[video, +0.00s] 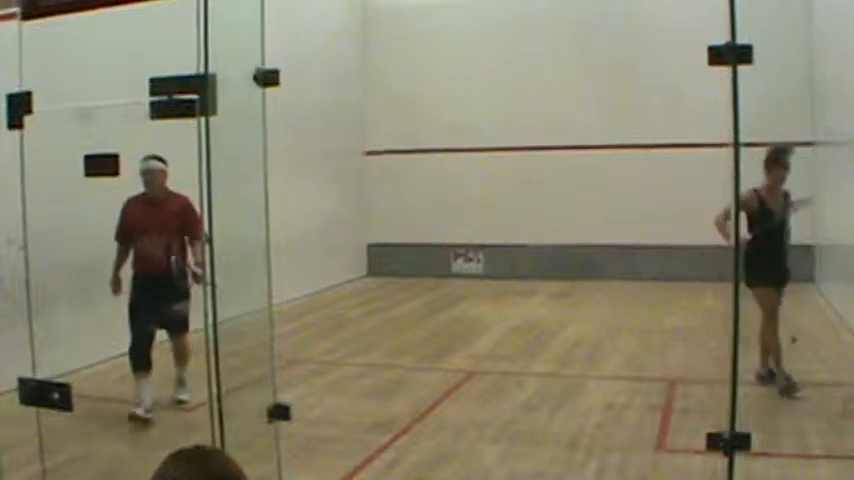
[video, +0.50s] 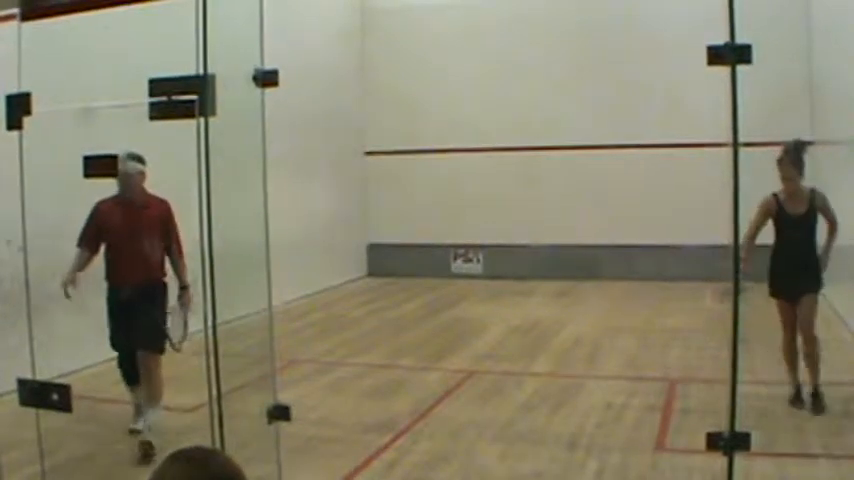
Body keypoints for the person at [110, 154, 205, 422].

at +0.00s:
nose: (151, 180)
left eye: (156, 174)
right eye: (146, 175)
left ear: (166, 175)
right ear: (141, 178)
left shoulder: (181, 205)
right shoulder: (132, 207)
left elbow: (197, 237)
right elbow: (124, 243)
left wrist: (199, 264)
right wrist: (116, 272)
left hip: (174, 279)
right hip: (144, 280)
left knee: (179, 335)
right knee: (140, 341)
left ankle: (182, 382)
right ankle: (144, 402)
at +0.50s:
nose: (130, 182)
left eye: (135, 176)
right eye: (125, 177)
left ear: (144, 177)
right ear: (118, 178)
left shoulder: (160, 209)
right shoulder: (105, 210)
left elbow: (174, 251)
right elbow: (89, 246)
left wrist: (184, 287)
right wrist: (74, 270)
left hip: (152, 290)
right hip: (119, 291)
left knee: (149, 353)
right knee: (126, 355)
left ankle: (153, 413)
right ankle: (139, 409)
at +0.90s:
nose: (126, 179)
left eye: (133, 173)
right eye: (122, 172)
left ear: (145, 174)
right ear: (115, 174)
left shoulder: (160, 210)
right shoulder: (100, 210)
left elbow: (177, 256)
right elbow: (90, 258)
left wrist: (182, 295)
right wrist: (84, 296)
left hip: (148, 301)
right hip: (110, 302)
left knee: (146, 373)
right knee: (107, 376)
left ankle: (146, 441)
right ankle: (115, 447)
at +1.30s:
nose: (119, 183)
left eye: (126, 177)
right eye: (114, 176)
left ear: (137, 178)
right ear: (103, 178)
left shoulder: (152, 216)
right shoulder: (86, 221)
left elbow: (168, 266)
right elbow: (58, 269)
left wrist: (174, 300)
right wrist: (32, 306)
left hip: (143, 318)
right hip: (102, 320)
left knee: (149, 396)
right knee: (107, 399)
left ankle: (147, 459)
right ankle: (116, 472)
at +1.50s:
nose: (128, 181)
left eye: (136, 175)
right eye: (122, 174)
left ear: (147, 178)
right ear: (110, 174)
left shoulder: (159, 219)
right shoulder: (88, 219)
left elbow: (175, 272)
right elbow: (39, 258)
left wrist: (187, 300)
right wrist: (5, 266)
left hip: (149, 328)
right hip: (105, 330)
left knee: (156, 413)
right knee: (108, 415)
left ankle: (162, 475)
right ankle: (116, 473)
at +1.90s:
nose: (169, 195)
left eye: (174, 188)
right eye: (162, 185)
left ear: (180, 187)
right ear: (143, 179)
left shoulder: (183, 225)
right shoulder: (107, 221)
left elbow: (194, 284)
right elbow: (66, 263)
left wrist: (212, 317)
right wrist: (28, 258)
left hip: (173, 338)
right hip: (126, 342)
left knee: (178, 435)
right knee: (136, 445)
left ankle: (177, 479)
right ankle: (121, 476)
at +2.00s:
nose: (173, 196)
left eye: (179, 189)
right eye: (167, 186)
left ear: (183, 188)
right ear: (146, 177)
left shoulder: (180, 222)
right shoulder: (109, 222)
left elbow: (193, 283)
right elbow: (79, 280)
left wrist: (213, 314)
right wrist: (61, 287)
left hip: (173, 340)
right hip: (128, 346)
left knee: (179, 443)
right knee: (144, 450)